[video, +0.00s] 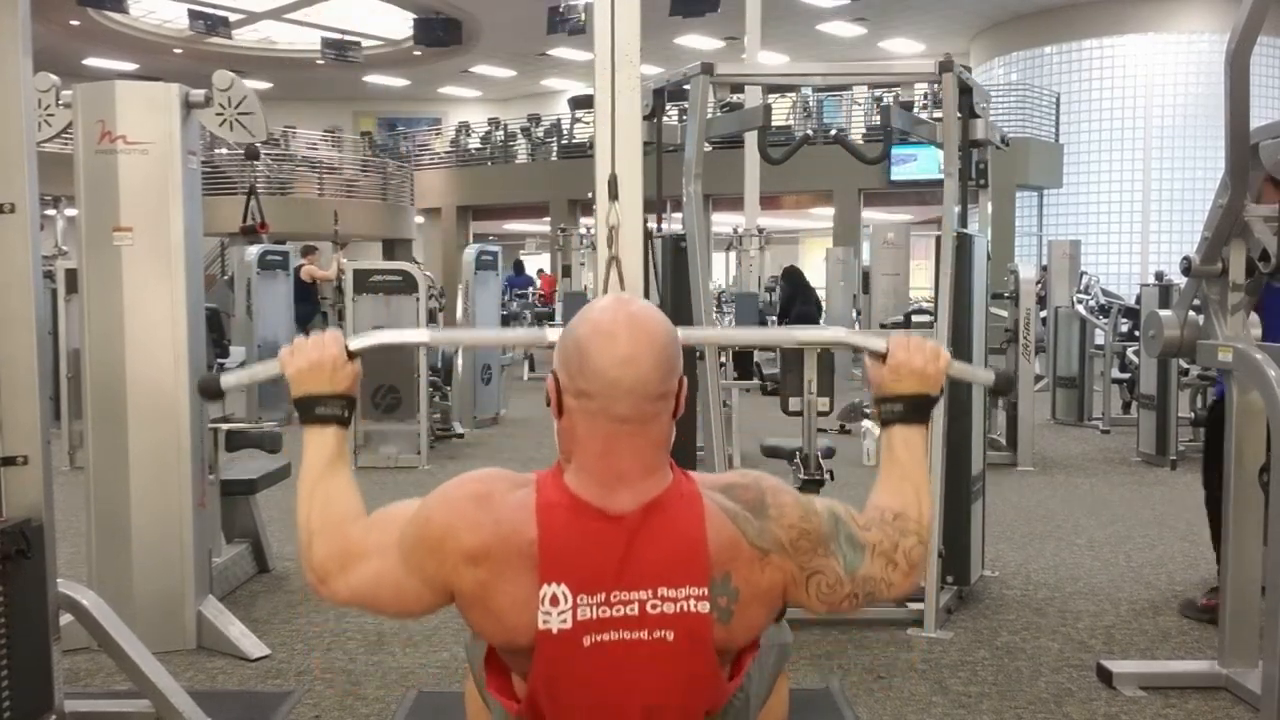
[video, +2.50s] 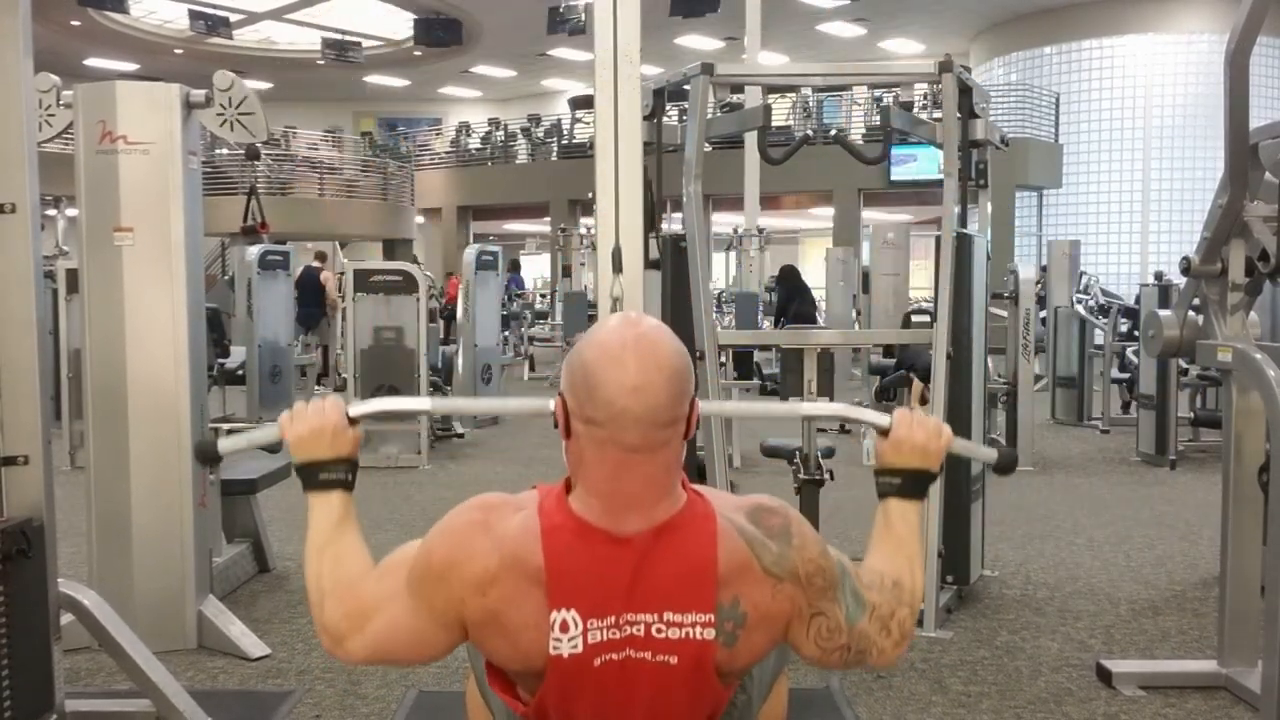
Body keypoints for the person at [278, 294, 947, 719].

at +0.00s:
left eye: (557, 369)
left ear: (555, 395)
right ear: (679, 397)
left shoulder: (479, 519)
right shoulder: (753, 519)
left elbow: (335, 565)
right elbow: (896, 561)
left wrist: (321, 412)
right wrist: (907, 413)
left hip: (532, 712)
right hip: (698, 710)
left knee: (484, 650)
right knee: (799, 674)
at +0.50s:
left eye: (560, 303)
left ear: (559, 325)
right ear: (674, 325)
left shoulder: (490, 417)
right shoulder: (749, 416)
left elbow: (340, 375)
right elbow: (888, 364)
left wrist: (329, 224)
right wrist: (902, 216)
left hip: (546, 695)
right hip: (708, 692)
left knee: (484, 662)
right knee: (771, 648)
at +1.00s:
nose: (566, 279)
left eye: (568, 268)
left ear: (571, 285)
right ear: (675, 285)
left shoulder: (513, 349)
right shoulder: (735, 352)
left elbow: (395, 246)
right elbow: (843, 230)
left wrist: (348, 90)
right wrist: (892, 81)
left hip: (555, 683)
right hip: (700, 683)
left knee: (488, 668)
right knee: (771, 649)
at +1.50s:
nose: (574, 275)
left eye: (575, 264)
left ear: (576, 280)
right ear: (679, 278)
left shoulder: (519, 340)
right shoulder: (739, 343)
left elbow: (407, 225)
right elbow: (842, 219)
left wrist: (348, 75)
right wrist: (890, 72)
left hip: (557, 682)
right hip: (699, 683)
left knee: (489, 664)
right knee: (771, 646)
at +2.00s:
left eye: (566, 331)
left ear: (567, 349)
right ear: (685, 351)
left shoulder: (500, 441)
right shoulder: (761, 439)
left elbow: (351, 403)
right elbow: (897, 414)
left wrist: (331, 252)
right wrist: (912, 268)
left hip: (549, 695)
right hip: (703, 693)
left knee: (489, 650)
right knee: (771, 646)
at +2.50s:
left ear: (563, 419)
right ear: (689, 422)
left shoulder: (485, 544)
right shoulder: (767, 544)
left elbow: (349, 627)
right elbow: (876, 636)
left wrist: (326, 479)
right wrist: (905, 486)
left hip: (532, 707)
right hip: (703, 710)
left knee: (486, 669)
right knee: (767, 645)